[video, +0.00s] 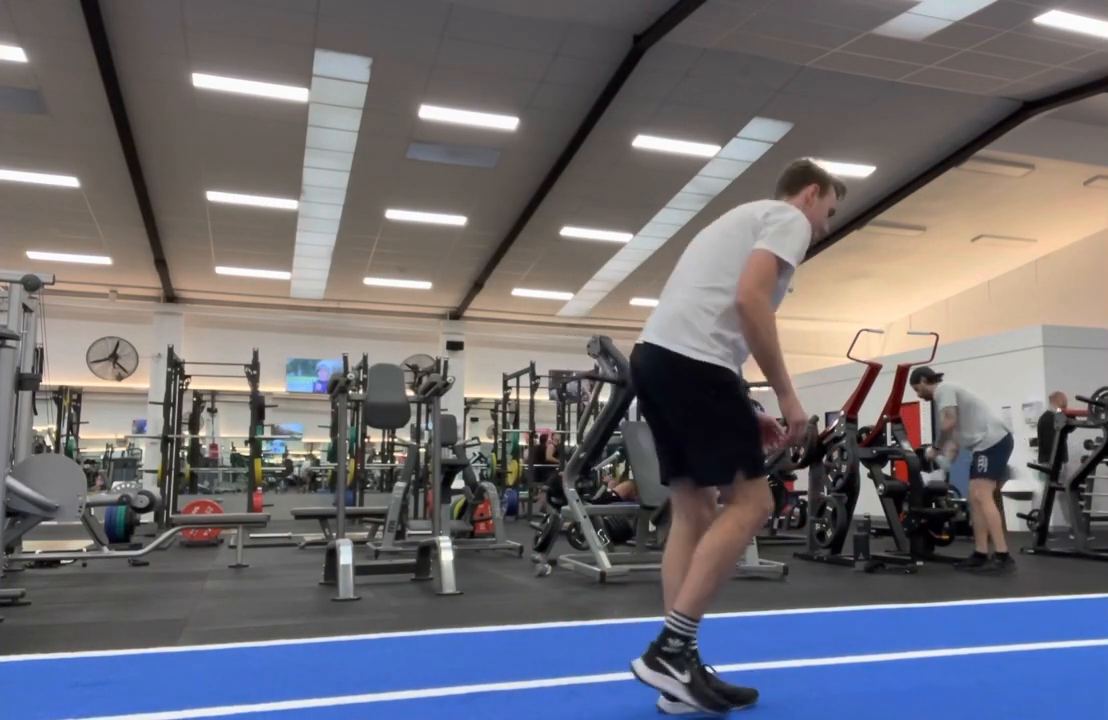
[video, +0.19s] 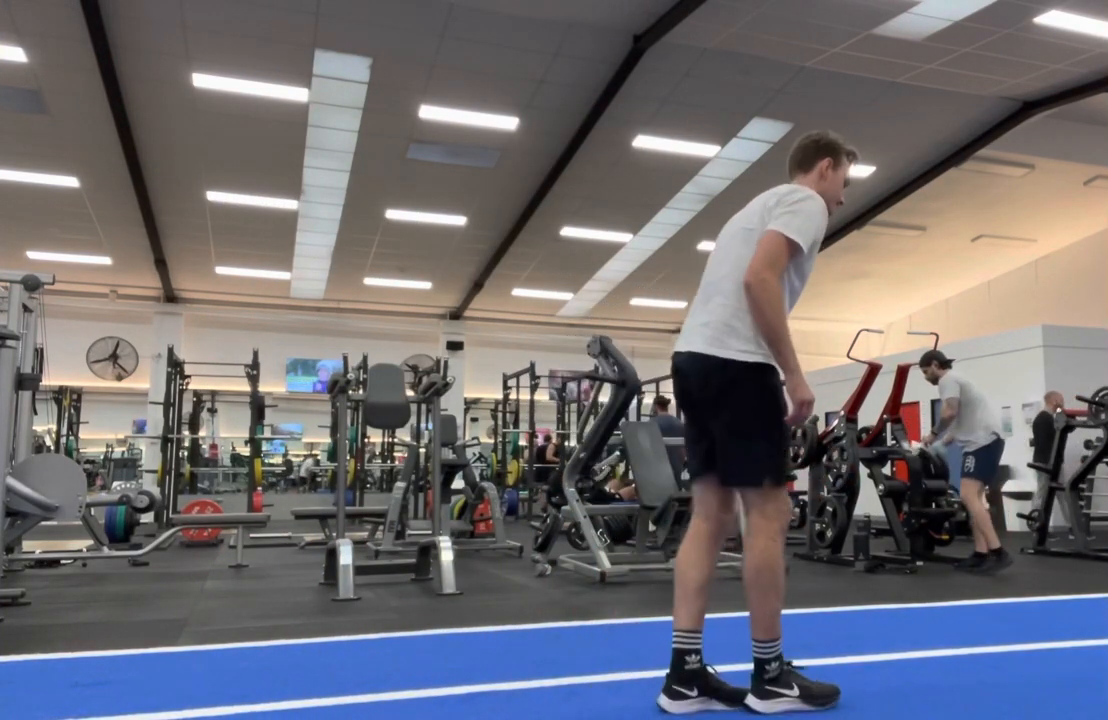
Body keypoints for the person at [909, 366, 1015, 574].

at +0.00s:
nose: (918, 395)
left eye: (917, 389)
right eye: (915, 391)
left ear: (925, 381)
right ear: (926, 382)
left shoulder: (944, 390)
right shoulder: (947, 395)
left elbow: (948, 423)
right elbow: (956, 439)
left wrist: (936, 448)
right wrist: (945, 462)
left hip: (993, 439)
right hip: (982, 444)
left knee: (982, 494)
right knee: (974, 497)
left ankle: (1002, 555)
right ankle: (981, 554)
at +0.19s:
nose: (925, 377)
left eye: (925, 371)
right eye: (923, 372)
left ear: (935, 365)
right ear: (939, 365)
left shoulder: (948, 379)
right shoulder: (957, 381)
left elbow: (950, 412)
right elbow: (961, 423)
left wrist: (934, 434)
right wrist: (941, 442)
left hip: (981, 440)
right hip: (983, 441)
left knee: (969, 495)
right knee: (973, 497)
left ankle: (996, 551)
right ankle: (981, 552)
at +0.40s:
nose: (932, 366)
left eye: (934, 361)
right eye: (931, 362)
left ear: (945, 357)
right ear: (949, 357)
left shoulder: (955, 373)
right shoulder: (963, 374)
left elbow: (954, 406)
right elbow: (961, 414)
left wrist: (933, 424)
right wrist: (935, 427)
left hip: (973, 440)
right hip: (983, 440)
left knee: (953, 493)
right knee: (971, 496)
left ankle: (987, 544)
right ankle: (979, 550)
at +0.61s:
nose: (937, 361)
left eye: (938, 355)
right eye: (936, 356)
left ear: (951, 352)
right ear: (954, 353)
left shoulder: (958, 372)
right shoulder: (968, 373)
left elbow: (953, 405)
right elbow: (964, 410)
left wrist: (930, 419)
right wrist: (939, 421)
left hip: (965, 442)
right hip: (978, 442)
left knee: (947, 494)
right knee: (970, 497)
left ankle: (974, 548)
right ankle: (981, 550)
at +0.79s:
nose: (936, 355)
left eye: (939, 350)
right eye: (936, 350)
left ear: (951, 350)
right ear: (957, 350)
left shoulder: (954, 370)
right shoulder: (967, 372)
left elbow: (948, 405)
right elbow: (960, 409)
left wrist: (928, 418)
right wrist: (935, 418)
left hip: (959, 441)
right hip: (975, 441)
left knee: (947, 495)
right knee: (969, 497)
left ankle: (951, 552)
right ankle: (980, 552)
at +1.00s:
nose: (934, 350)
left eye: (937, 346)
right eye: (935, 345)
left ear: (947, 348)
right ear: (957, 349)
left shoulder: (950, 370)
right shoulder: (964, 370)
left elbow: (943, 407)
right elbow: (952, 408)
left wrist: (924, 415)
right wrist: (929, 414)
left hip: (952, 443)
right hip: (968, 442)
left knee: (945, 497)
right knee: (968, 498)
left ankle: (947, 554)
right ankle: (980, 552)